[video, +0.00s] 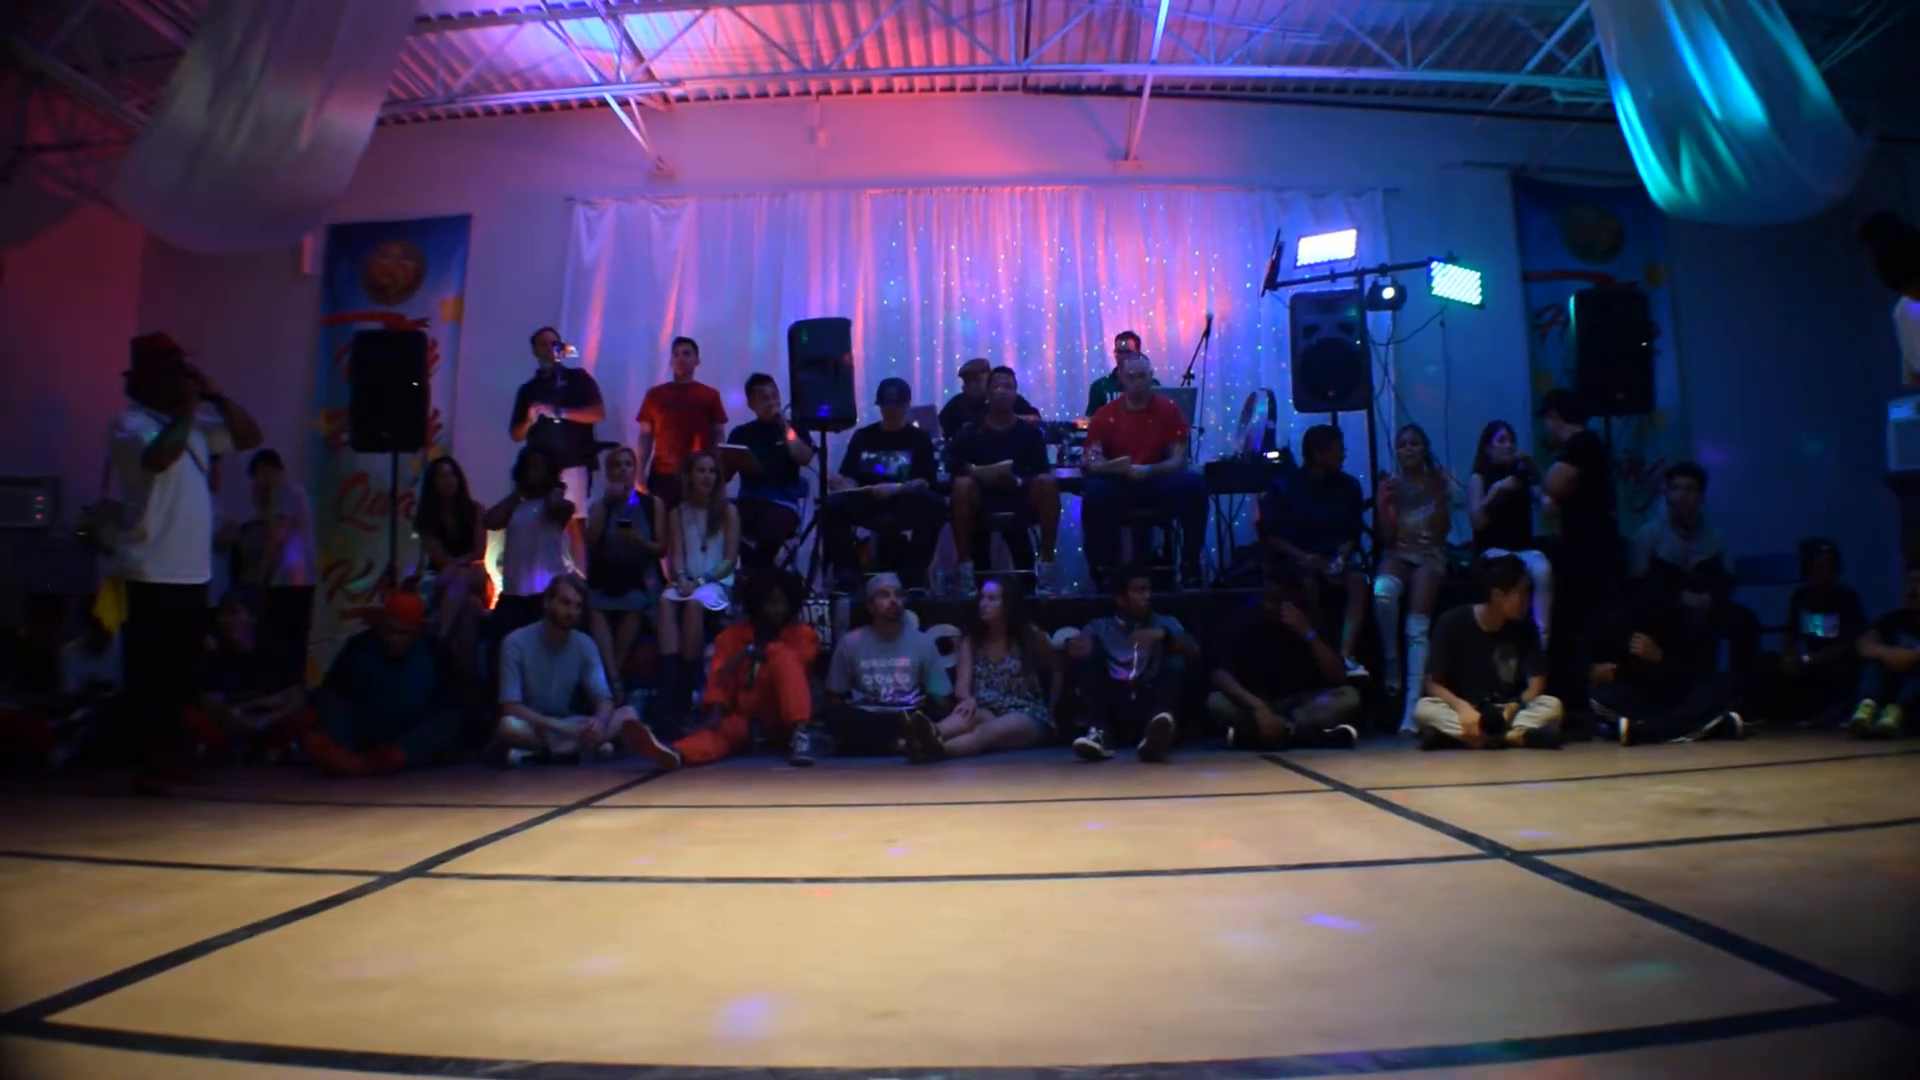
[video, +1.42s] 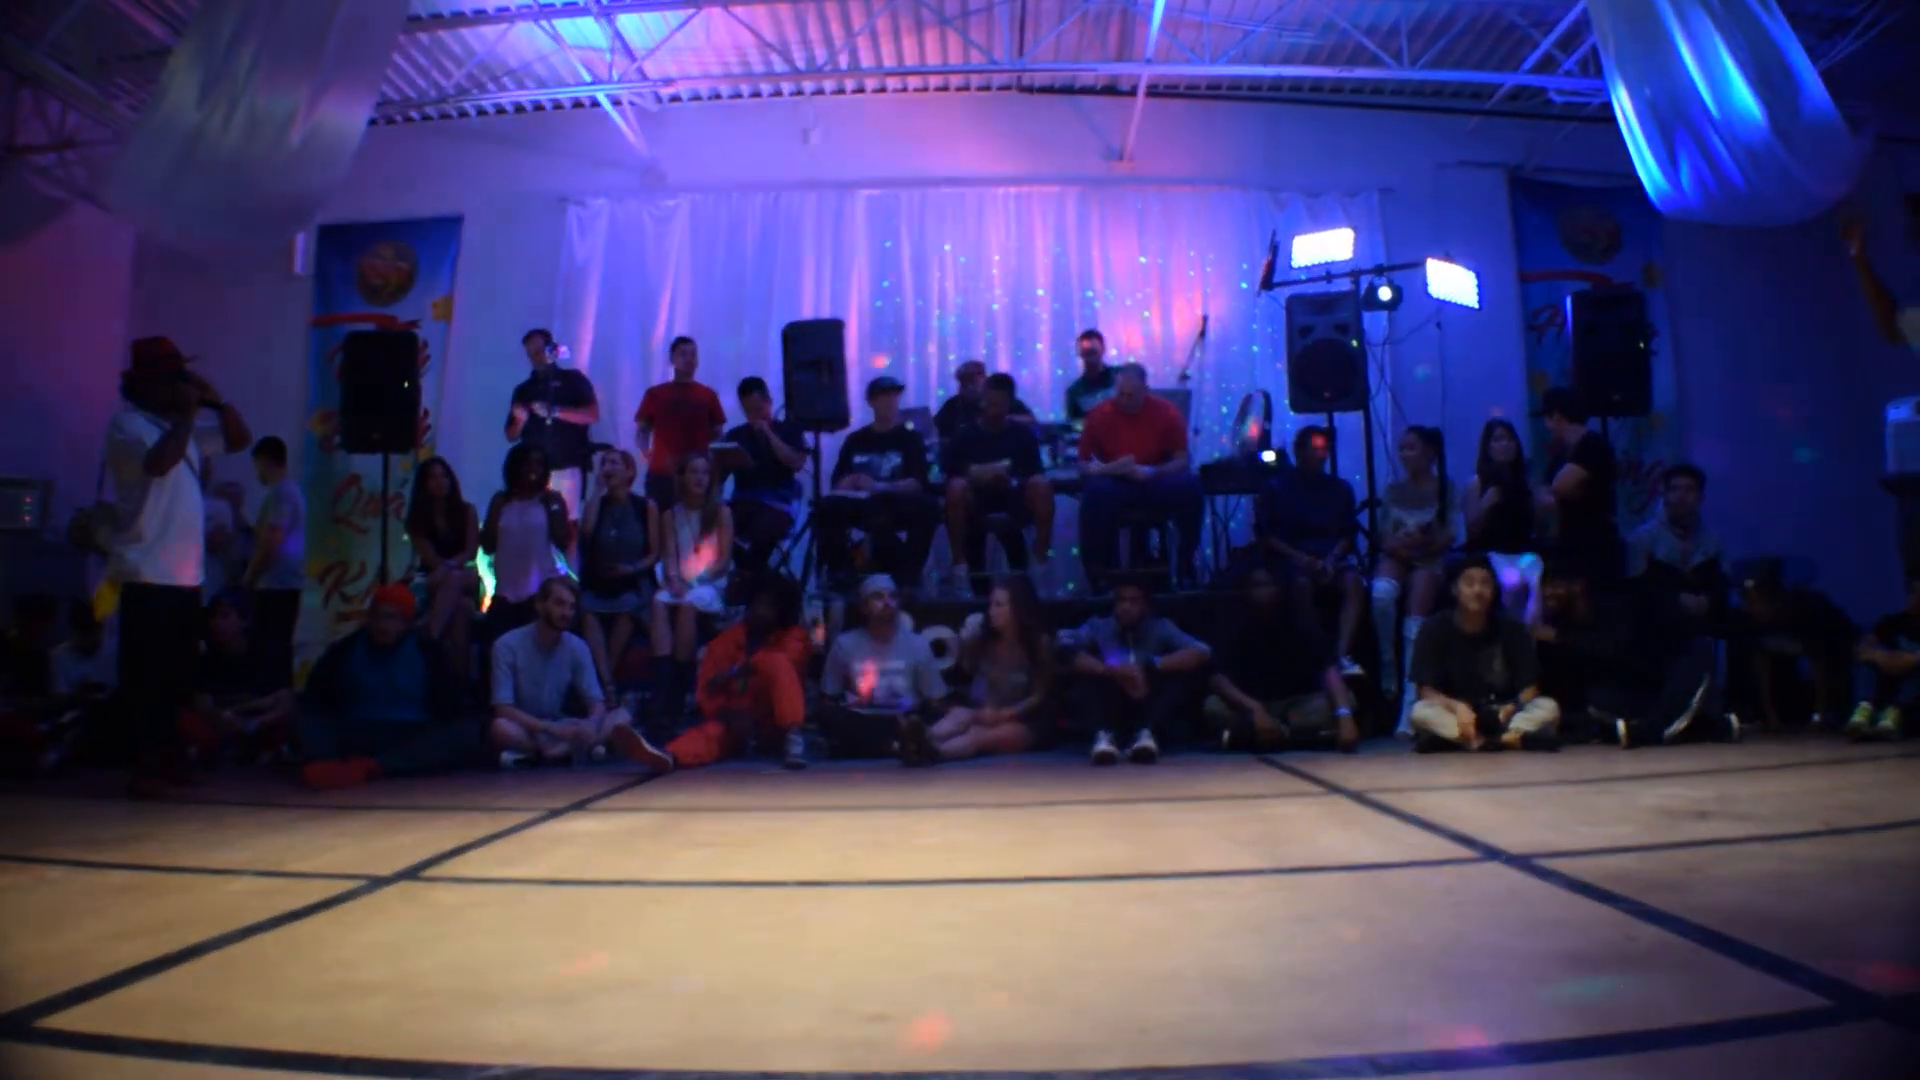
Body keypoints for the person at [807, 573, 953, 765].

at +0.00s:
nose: (894, 602)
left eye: (898, 595)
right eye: (885, 596)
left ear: (903, 600)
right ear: (870, 605)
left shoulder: (922, 643)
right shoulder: (851, 643)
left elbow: (940, 699)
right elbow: (834, 698)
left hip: (909, 715)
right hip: (866, 715)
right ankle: (900, 744)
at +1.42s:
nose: (887, 603)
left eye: (891, 597)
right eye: (878, 598)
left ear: (898, 602)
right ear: (865, 606)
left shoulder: (916, 644)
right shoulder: (845, 645)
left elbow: (936, 701)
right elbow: (829, 699)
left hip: (908, 717)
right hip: (863, 717)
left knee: (964, 714)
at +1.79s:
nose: (887, 603)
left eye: (891, 596)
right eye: (879, 597)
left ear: (898, 602)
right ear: (865, 606)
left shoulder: (915, 644)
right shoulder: (844, 644)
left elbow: (937, 702)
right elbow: (828, 699)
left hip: (905, 715)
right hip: (861, 716)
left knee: (964, 714)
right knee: (831, 717)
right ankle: (895, 746)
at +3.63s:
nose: (856, 609)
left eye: (863, 604)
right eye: (856, 603)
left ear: (884, 609)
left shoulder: (914, 645)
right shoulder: (843, 644)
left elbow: (935, 700)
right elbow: (828, 696)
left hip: (904, 714)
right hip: (859, 715)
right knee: (826, 717)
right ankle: (894, 745)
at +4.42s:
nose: (855, 610)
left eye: (862, 604)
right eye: (855, 604)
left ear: (883, 609)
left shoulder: (915, 645)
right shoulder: (843, 645)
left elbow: (934, 701)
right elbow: (828, 699)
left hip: (904, 716)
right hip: (860, 716)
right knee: (829, 718)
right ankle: (894, 747)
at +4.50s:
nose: (855, 610)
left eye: (862, 604)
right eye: (855, 604)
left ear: (883, 609)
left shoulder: (914, 644)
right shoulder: (843, 644)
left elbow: (934, 699)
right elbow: (829, 698)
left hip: (903, 718)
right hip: (859, 717)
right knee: (830, 720)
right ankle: (894, 747)